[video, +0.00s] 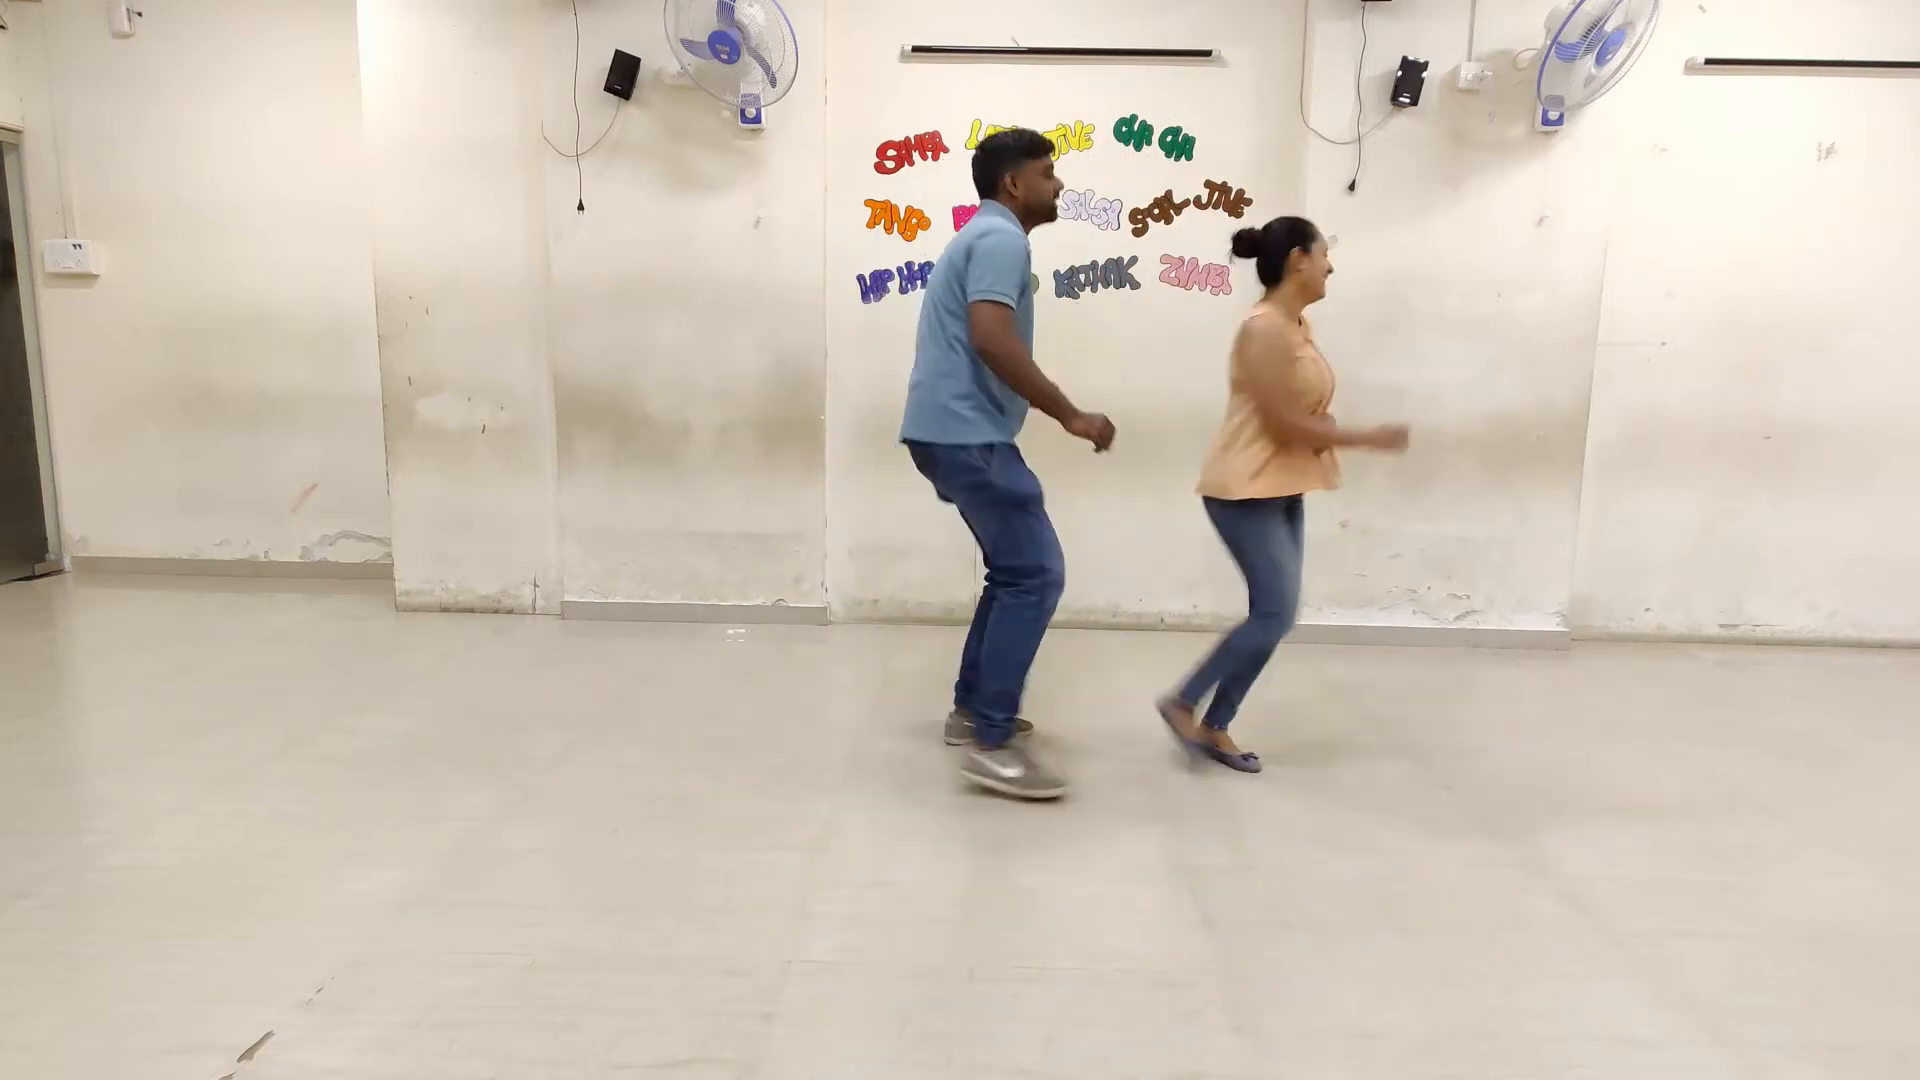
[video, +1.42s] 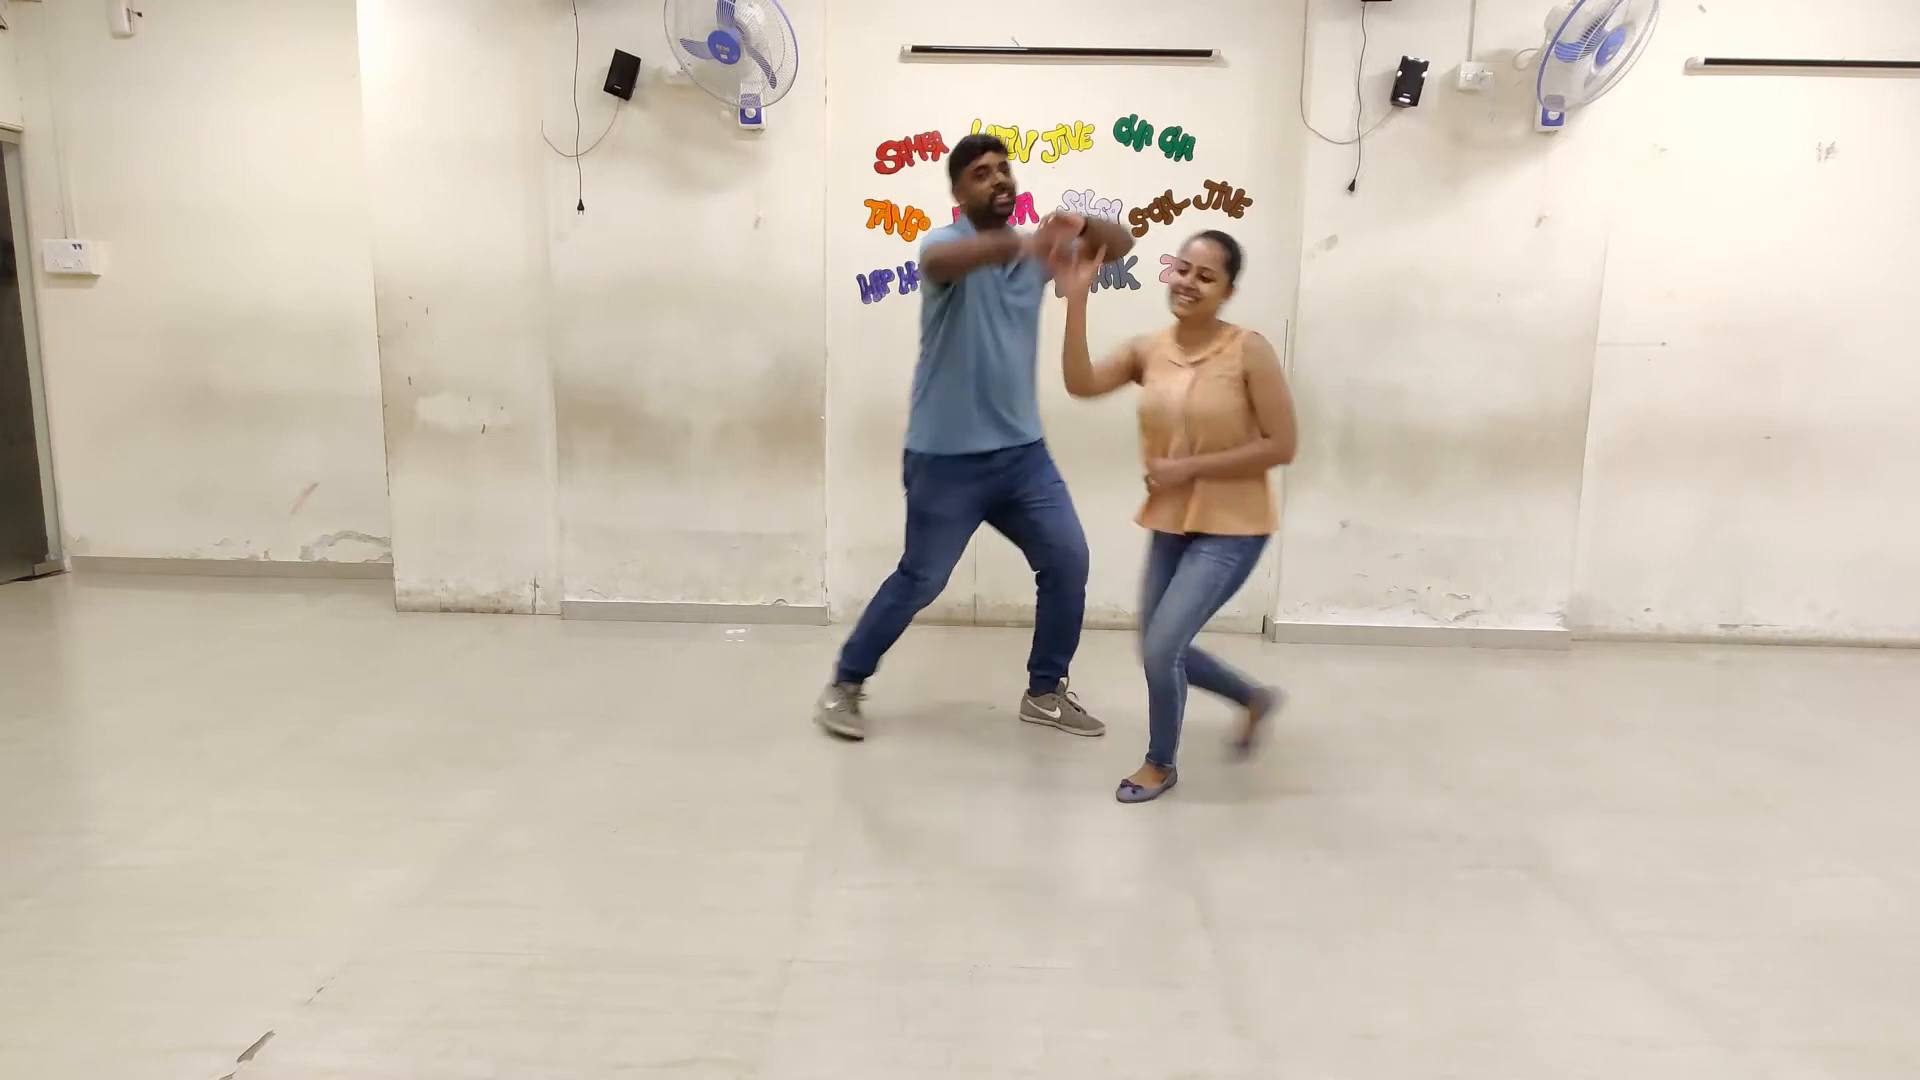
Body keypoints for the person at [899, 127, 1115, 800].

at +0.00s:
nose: (1059, 184)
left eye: (1055, 172)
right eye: (1046, 173)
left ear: (1006, 184)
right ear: (1008, 183)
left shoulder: (982, 235)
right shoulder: (999, 237)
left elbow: (976, 343)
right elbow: (991, 338)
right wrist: (1071, 415)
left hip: (953, 430)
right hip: (966, 433)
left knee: (1013, 571)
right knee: (1036, 573)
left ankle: (975, 707)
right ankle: (990, 740)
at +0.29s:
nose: (1038, 169)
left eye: (1035, 160)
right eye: (1025, 161)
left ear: (1003, 176)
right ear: (986, 174)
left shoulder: (995, 244)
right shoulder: (966, 244)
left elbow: (985, 340)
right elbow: (994, 347)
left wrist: (1025, 372)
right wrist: (1088, 385)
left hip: (977, 431)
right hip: (942, 430)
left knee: (1023, 564)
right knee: (1000, 565)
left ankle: (974, 705)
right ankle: (984, 724)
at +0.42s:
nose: (1003, 172)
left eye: (1000, 162)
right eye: (987, 165)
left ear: (967, 183)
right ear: (952, 184)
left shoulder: (968, 248)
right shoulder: (945, 251)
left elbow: (974, 335)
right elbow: (1013, 340)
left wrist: (1011, 357)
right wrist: (1107, 372)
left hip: (971, 441)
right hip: (926, 442)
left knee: (1017, 566)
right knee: (967, 575)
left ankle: (974, 703)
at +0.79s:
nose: (941, 173)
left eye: (937, 163)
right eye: (928, 165)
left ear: (901, 181)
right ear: (894, 179)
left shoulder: (896, 233)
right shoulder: (889, 244)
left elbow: (932, 264)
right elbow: (970, 327)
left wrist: (964, 273)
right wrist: (1070, 350)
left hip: (890, 438)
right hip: (851, 442)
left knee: (938, 560)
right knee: (871, 578)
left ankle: (995, 691)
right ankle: (822, 692)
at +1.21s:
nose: (955, 184)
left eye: (954, 173)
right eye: (940, 177)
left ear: (956, 184)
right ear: (903, 195)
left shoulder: (960, 253)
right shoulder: (892, 258)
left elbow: (1017, 243)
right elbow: (913, 342)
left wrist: (1021, 243)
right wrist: (1011, 354)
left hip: (946, 450)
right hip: (880, 458)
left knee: (1015, 551)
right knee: (888, 593)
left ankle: (1023, 685)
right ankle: (817, 693)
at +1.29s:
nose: (971, 192)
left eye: (972, 183)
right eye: (955, 185)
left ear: (976, 193)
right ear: (921, 203)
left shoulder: (984, 262)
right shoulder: (910, 259)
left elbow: (1061, 256)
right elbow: (906, 320)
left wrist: (1043, 246)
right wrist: (1003, 346)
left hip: (967, 457)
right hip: (901, 463)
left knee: (1035, 556)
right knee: (899, 597)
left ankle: (1037, 689)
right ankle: (819, 693)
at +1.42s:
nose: (998, 178)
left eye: (1003, 169)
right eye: (982, 173)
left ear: (1015, 180)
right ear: (958, 190)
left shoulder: (1032, 245)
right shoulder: (946, 243)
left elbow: (1120, 242)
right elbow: (937, 262)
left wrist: (1083, 227)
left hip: (1019, 449)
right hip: (944, 453)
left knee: (1067, 562)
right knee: (922, 577)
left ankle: (1045, 691)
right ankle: (845, 683)